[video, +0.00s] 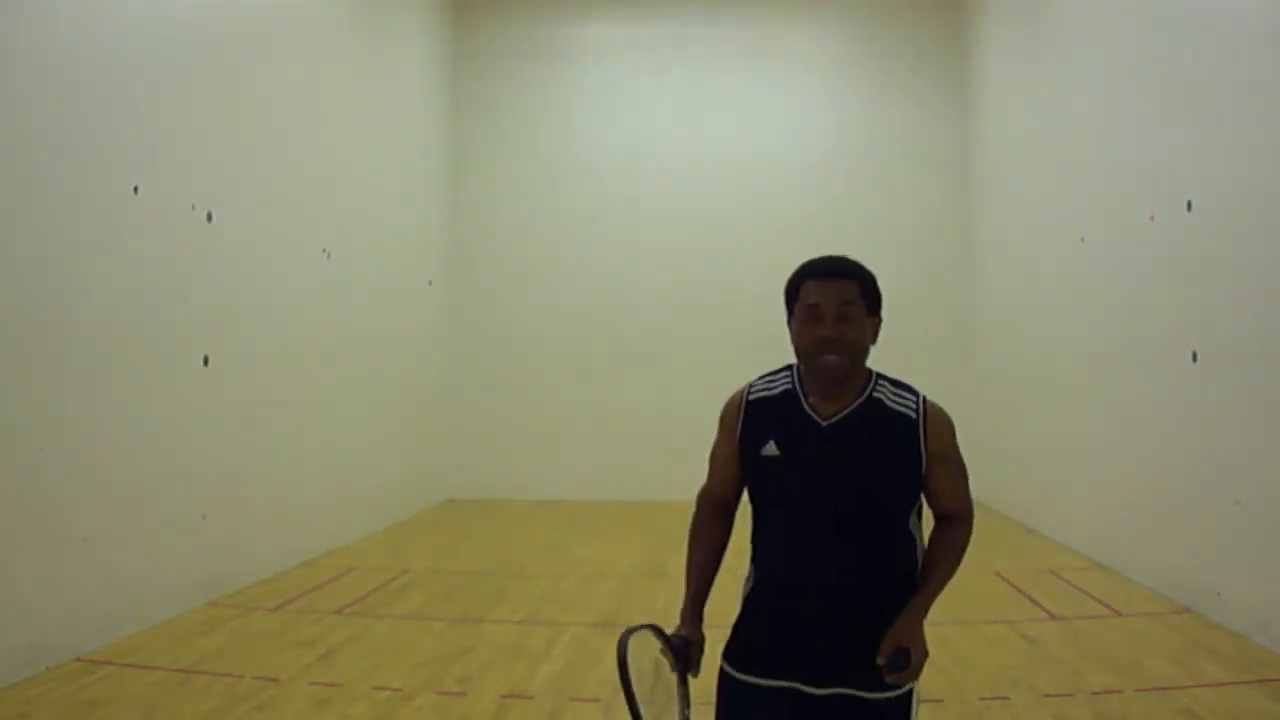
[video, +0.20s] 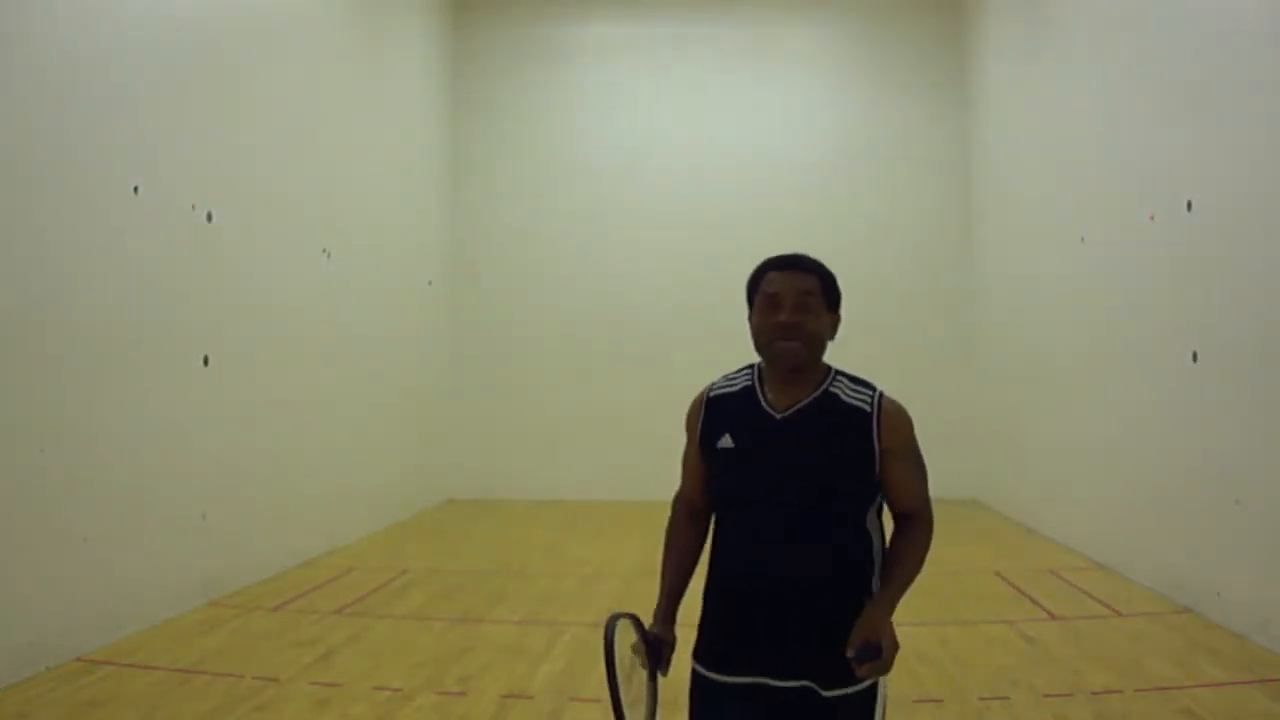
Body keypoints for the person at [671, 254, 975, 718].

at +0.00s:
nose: (829, 332)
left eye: (845, 318)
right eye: (813, 317)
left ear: (874, 328)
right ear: (790, 327)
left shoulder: (921, 423)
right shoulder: (749, 412)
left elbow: (955, 520)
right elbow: (716, 506)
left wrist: (914, 615)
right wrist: (691, 616)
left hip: (873, 664)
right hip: (768, 656)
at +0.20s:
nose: (787, 317)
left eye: (805, 305)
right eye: (771, 304)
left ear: (833, 322)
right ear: (750, 320)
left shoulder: (879, 419)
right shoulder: (713, 410)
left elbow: (914, 520)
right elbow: (690, 510)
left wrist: (880, 610)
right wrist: (664, 615)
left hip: (836, 666)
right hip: (731, 658)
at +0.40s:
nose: (734, 313)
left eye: (752, 300)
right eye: (718, 304)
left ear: (785, 321)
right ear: (703, 327)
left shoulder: (834, 414)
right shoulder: (676, 418)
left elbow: (885, 514)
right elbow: (660, 521)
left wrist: (845, 605)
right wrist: (635, 623)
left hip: (796, 677)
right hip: (692, 670)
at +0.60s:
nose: (715, 325)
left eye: (730, 311)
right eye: (697, 313)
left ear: (752, 322)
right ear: (671, 326)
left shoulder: (805, 410)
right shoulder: (642, 420)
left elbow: (845, 506)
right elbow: (621, 521)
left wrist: (825, 594)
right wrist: (606, 624)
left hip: (781, 668)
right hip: (674, 669)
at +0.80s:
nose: (717, 329)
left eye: (729, 316)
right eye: (698, 316)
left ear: (743, 324)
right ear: (660, 325)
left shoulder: (789, 409)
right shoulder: (623, 424)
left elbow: (821, 501)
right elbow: (595, 527)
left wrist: (811, 589)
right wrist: (578, 641)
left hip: (776, 666)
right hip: (670, 669)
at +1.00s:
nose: (725, 326)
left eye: (735, 314)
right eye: (705, 313)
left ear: (746, 322)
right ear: (662, 321)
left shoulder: (788, 411)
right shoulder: (621, 421)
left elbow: (816, 505)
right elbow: (593, 526)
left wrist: (808, 591)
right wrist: (579, 631)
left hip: (765, 663)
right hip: (661, 664)